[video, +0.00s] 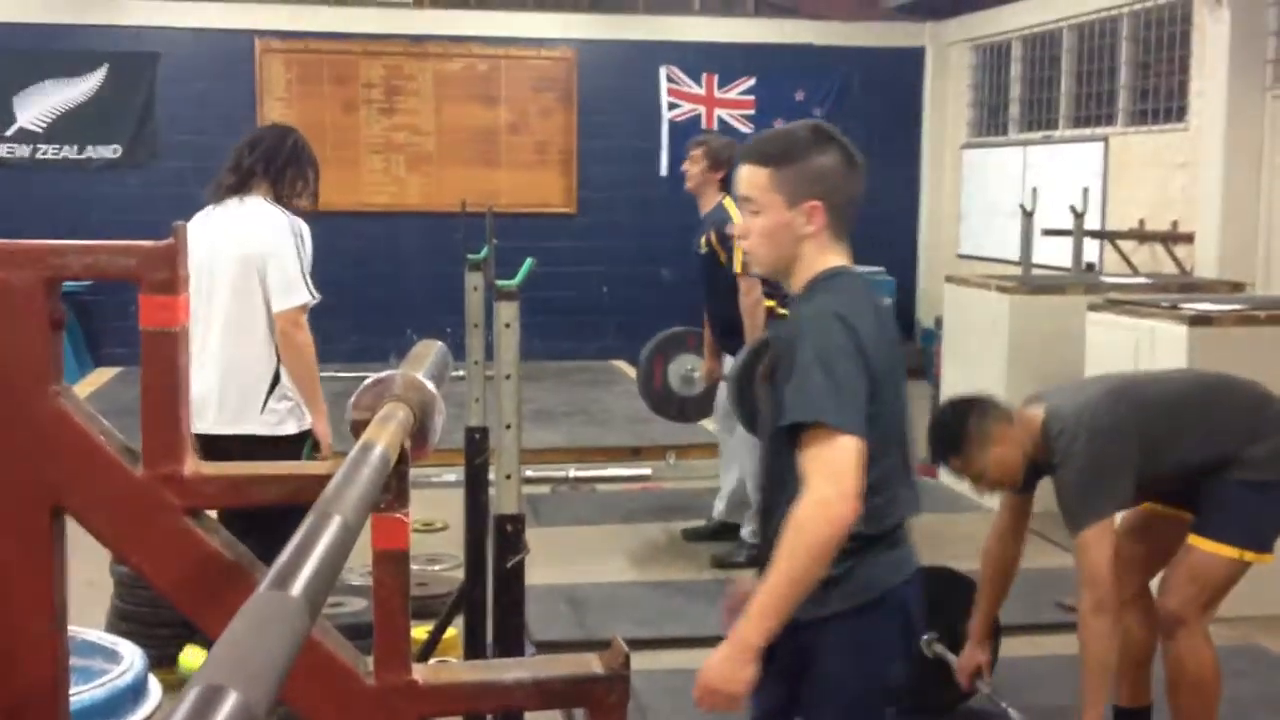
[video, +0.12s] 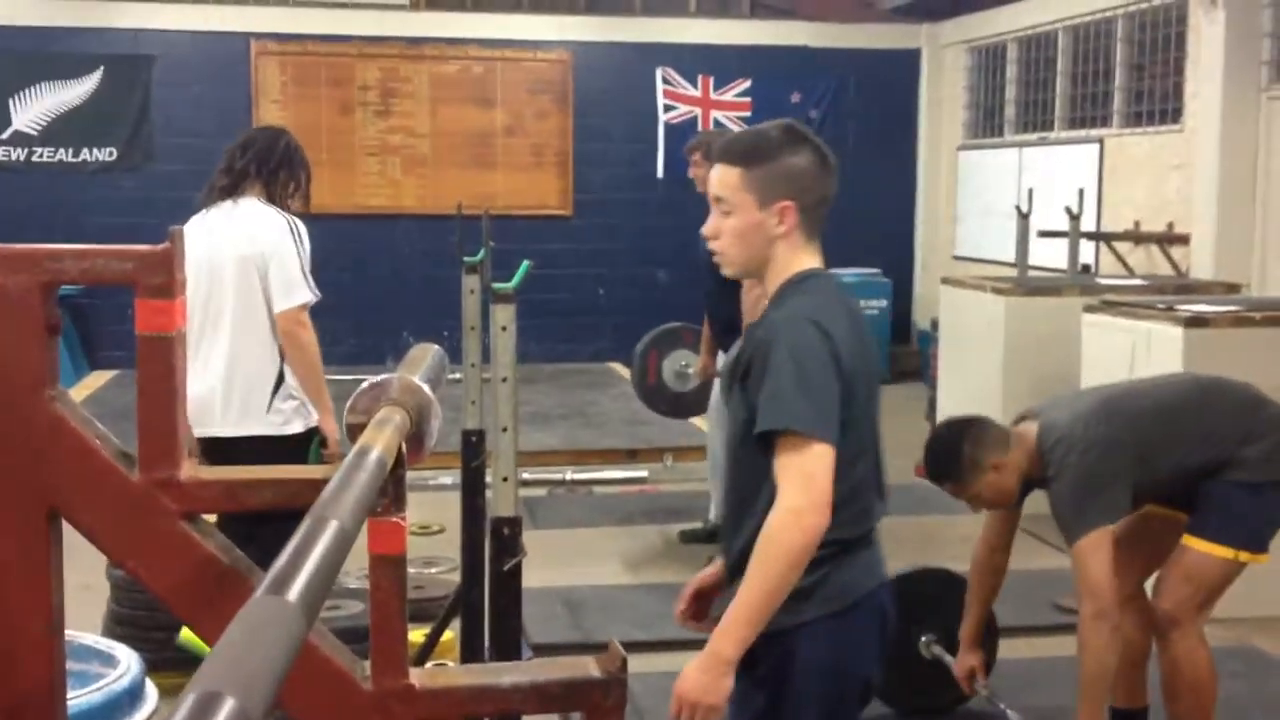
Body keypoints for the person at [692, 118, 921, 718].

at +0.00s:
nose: (739, 228)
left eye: (752, 210)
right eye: (741, 210)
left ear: (809, 217)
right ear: (812, 220)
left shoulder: (822, 322)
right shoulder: (854, 302)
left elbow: (833, 498)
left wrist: (743, 646)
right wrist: (773, 582)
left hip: (839, 616)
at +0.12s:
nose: (708, 228)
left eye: (724, 209)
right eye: (711, 208)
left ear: (782, 217)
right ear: (784, 220)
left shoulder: (795, 328)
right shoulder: (825, 306)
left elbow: (805, 509)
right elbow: (802, 478)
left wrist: (718, 659)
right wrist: (734, 566)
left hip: (808, 628)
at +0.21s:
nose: (692, 232)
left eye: (708, 213)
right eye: (695, 213)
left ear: (768, 222)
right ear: (768, 223)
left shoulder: (784, 330)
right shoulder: (797, 309)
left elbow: (795, 513)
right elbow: (779, 481)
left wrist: (711, 661)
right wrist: (716, 570)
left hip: (790, 636)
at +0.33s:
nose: (671, 241)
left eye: (691, 222)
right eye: (673, 222)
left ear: (751, 230)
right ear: (749, 231)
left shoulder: (771, 336)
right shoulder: (751, 323)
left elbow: (780, 521)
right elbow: (738, 494)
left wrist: (706, 671)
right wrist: (686, 607)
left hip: (761, 641)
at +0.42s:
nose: (656, 247)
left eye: (678, 229)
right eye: (658, 227)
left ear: (738, 235)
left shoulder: (758, 344)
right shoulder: (730, 331)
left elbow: (768, 527)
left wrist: (699, 677)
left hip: (738, 648)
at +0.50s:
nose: (641, 254)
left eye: (663, 236)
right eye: (637, 235)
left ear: (722, 244)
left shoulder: (743, 351)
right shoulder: (704, 340)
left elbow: (756, 535)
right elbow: (697, 516)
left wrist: (687, 686)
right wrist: (646, 649)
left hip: (716, 664)